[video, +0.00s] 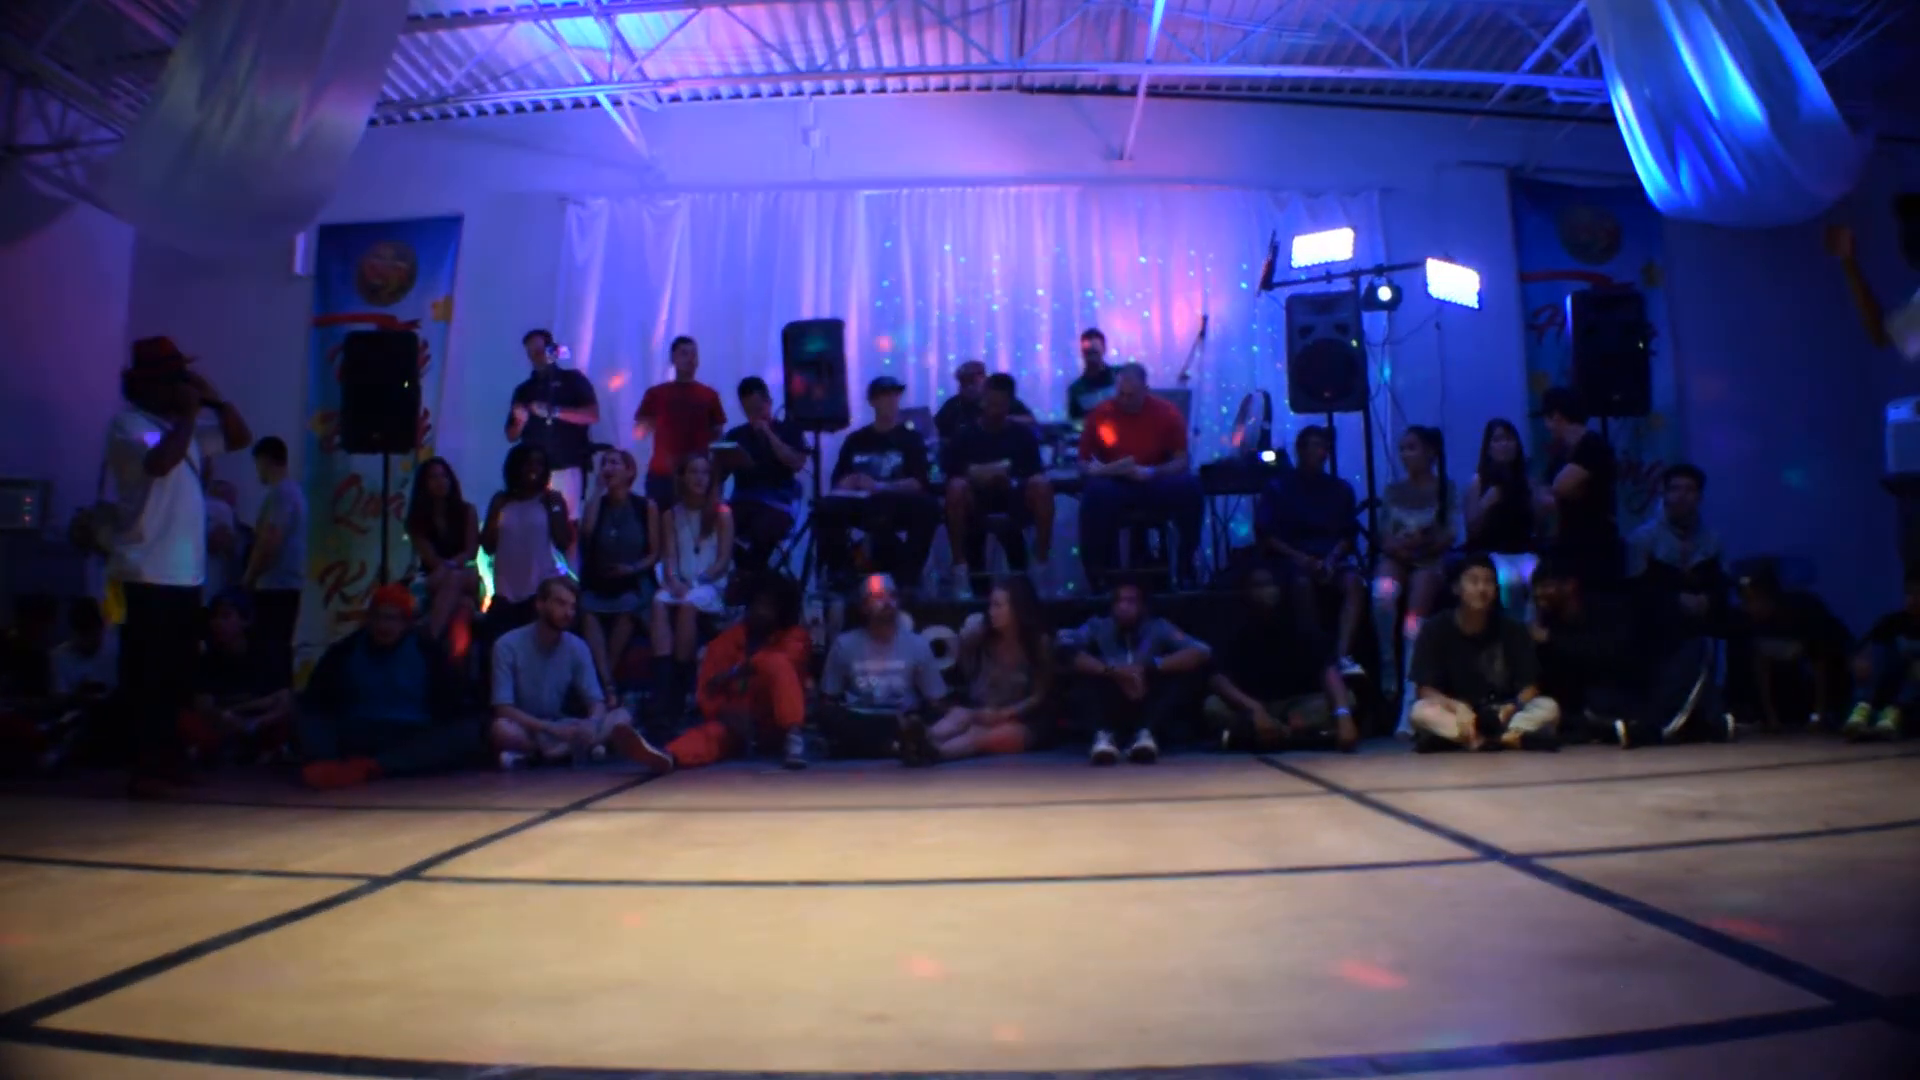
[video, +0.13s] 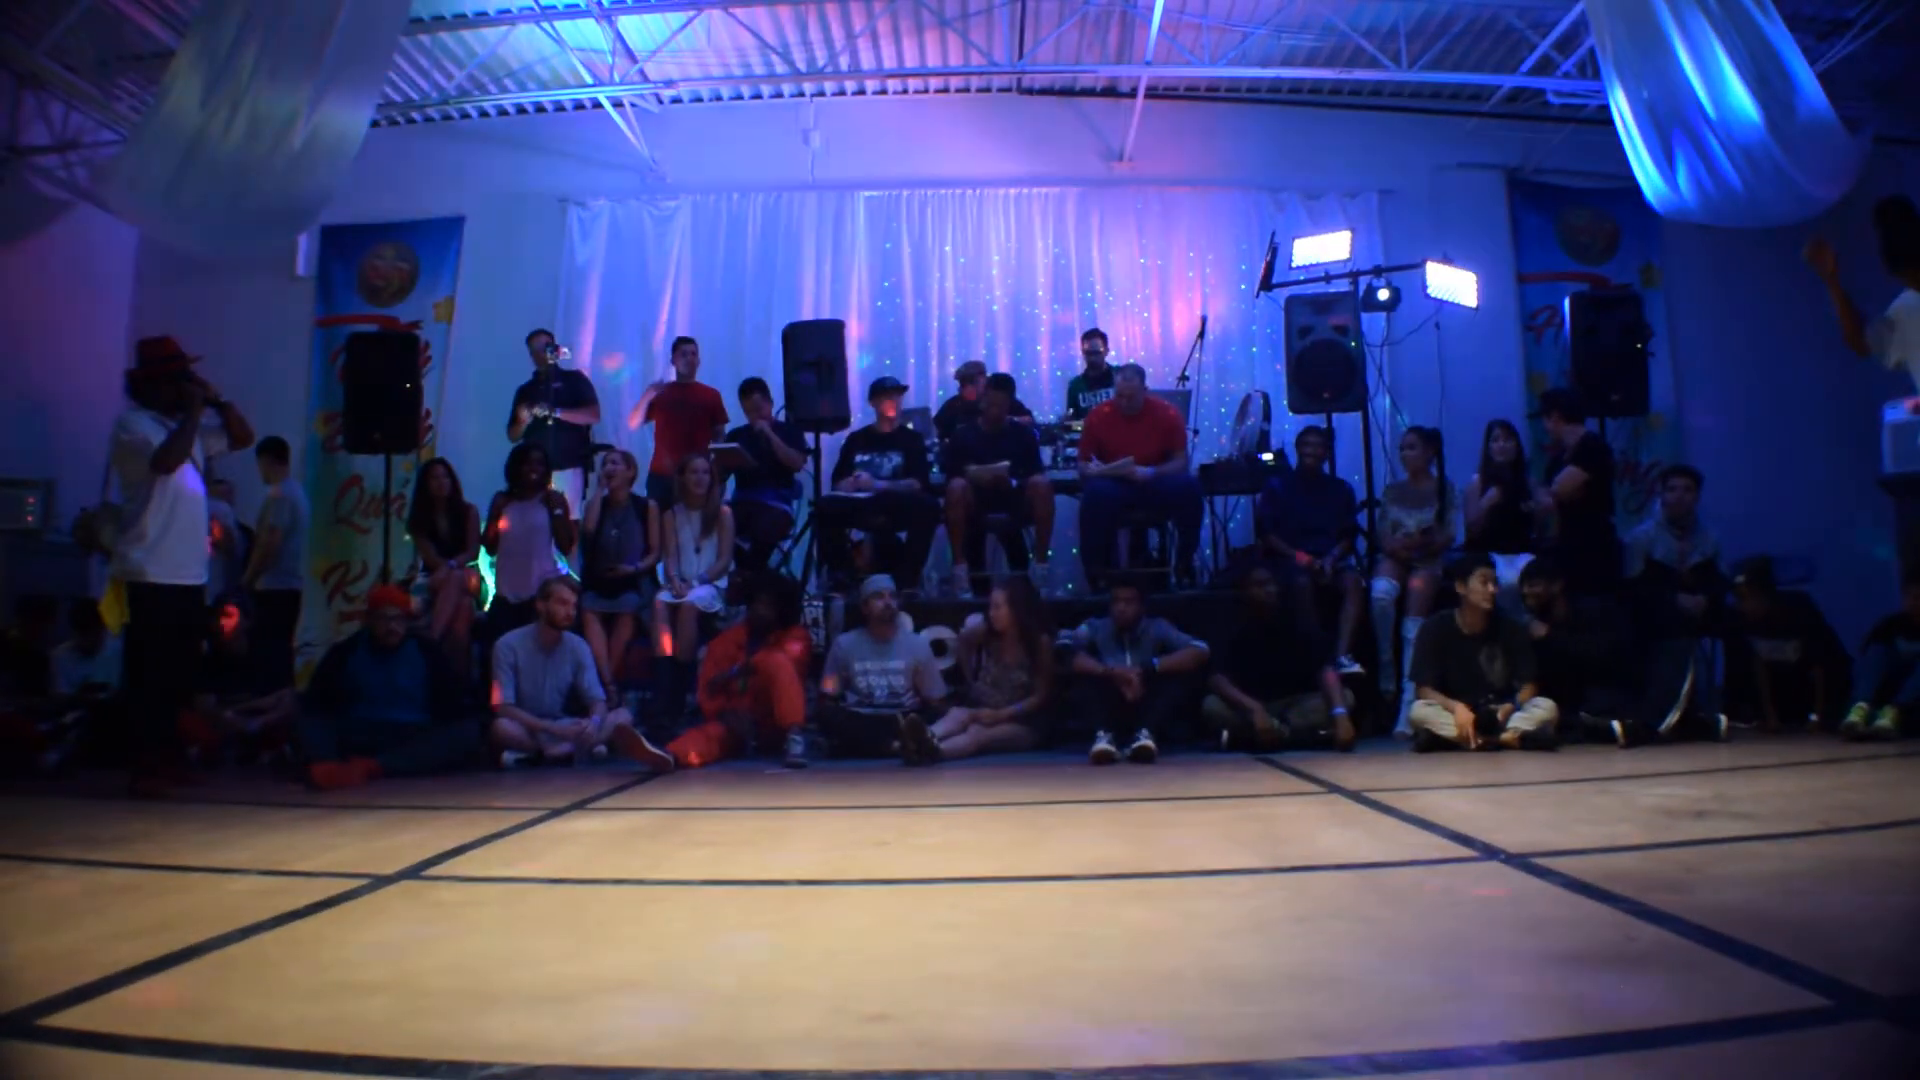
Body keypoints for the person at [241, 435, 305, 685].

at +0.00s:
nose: (258, 470)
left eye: (260, 462)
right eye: (257, 463)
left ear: (270, 462)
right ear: (281, 462)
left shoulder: (282, 494)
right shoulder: (288, 492)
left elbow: (269, 540)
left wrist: (250, 575)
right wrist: (253, 572)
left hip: (277, 585)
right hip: (281, 583)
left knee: (271, 650)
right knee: (275, 650)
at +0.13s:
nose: (260, 469)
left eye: (262, 462)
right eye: (260, 462)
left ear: (270, 463)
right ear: (284, 461)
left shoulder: (279, 496)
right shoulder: (293, 492)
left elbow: (269, 542)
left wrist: (249, 576)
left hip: (274, 588)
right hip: (286, 586)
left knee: (269, 655)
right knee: (277, 655)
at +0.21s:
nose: (260, 468)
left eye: (261, 462)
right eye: (259, 462)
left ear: (267, 463)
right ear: (284, 461)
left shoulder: (278, 496)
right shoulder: (294, 492)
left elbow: (269, 542)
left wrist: (249, 576)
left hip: (274, 587)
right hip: (288, 585)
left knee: (269, 656)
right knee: (279, 656)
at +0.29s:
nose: (259, 468)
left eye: (260, 462)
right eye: (259, 462)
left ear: (266, 462)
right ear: (284, 460)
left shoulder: (278, 497)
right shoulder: (292, 493)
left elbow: (267, 544)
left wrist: (247, 577)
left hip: (274, 588)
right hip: (286, 585)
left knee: (269, 655)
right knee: (278, 654)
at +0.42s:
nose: (259, 468)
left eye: (260, 461)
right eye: (259, 461)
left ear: (267, 461)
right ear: (284, 460)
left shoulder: (280, 496)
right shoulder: (290, 492)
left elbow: (267, 542)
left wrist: (246, 578)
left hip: (275, 587)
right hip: (282, 585)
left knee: (270, 653)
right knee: (276, 652)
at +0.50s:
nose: (259, 467)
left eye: (260, 461)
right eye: (259, 461)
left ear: (267, 461)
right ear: (284, 460)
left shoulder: (280, 496)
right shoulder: (291, 492)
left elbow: (267, 543)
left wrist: (246, 579)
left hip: (274, 587)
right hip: (284, 584)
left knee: (269, 654)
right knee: (277, 653)